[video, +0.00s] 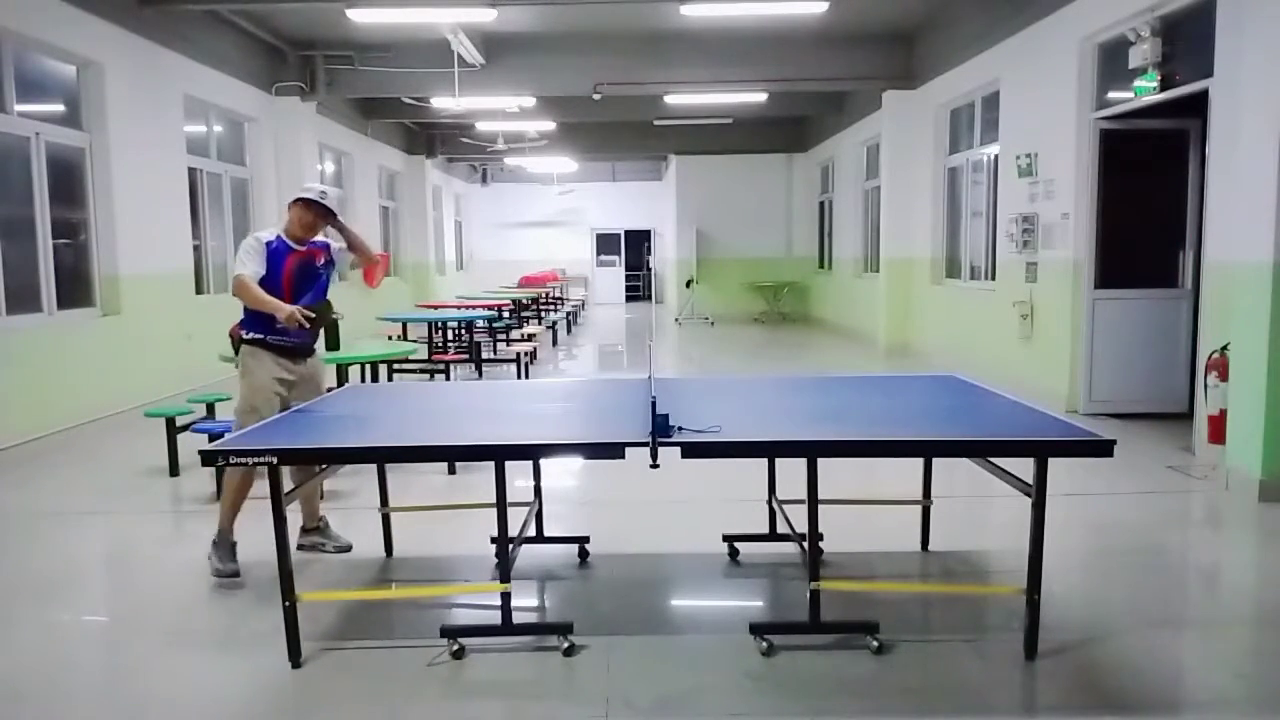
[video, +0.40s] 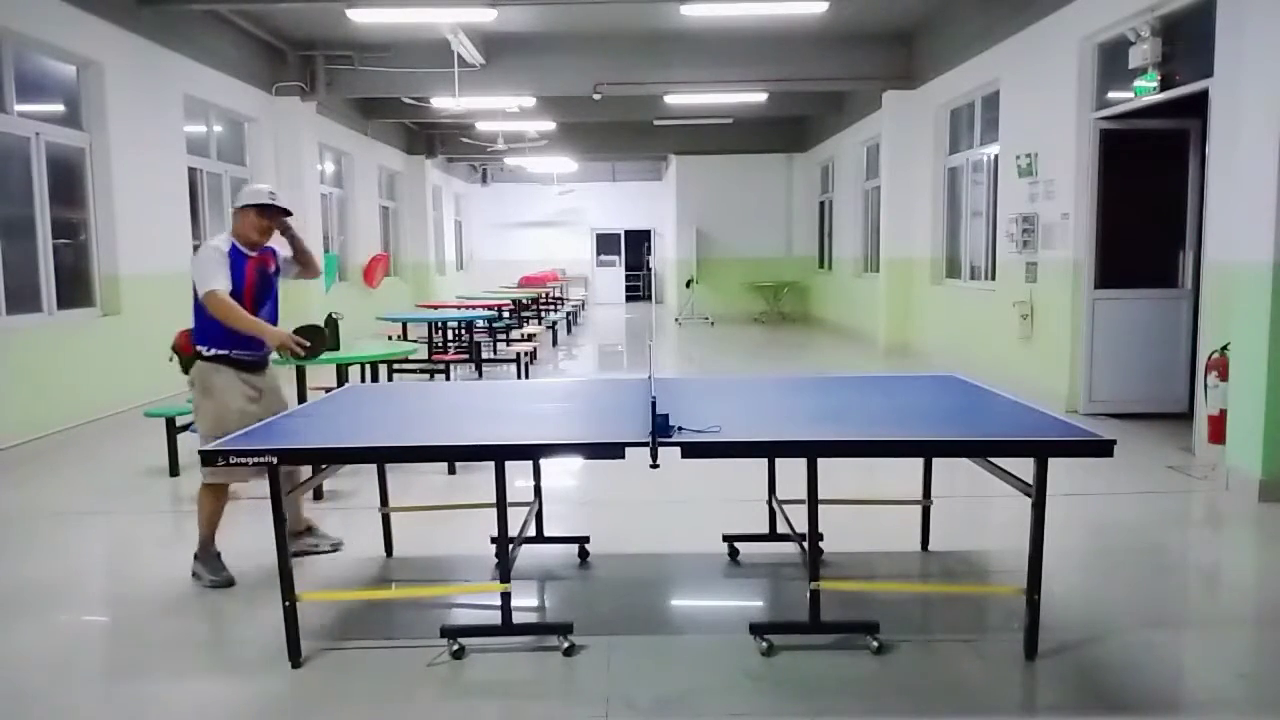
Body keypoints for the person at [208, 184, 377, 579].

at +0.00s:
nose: (315, 222)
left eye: (321, 217)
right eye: (310, 211)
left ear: (324, 223)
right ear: (293, 208)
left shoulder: (325, 251)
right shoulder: (259, 242)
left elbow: (368, 260)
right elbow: (242, 286)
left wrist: (341, 226)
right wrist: (281, 309)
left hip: (307, 358)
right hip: (262, 356)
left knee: (309, 443)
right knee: (248, 446)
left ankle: (313, 526)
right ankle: (224, 538)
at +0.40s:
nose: (271, 228)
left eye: (275, 223)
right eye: (265, 220)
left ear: (273, 225)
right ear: (241, 215)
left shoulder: (271, 254)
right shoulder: (213, 253)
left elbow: (311, 270)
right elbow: (218, 305)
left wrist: (290, 235)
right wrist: (270, 333)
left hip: (260, 374)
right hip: (219, 374)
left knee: (288, 452)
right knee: (221, 466)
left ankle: (296, 530)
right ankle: (205, 553)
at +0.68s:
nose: (244, 212)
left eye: (245, 205)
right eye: (235, 205)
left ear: (238, 209)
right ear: (207, 210)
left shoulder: (244, 249)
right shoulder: (190, 252)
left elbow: (265, 291)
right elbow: (207, 310)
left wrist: (301, 295)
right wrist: (259, 341)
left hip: (251, 367)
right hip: (210, 370)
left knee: (263, 455)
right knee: (211, 464)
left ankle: (274, 535)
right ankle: (204, 553)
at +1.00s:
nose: (250, 214)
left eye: (251, 207)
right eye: (241, 207)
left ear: (244, 210)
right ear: (214, 211)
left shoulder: (250, 249)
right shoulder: (193, 250)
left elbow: (252, 308)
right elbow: (207, 309)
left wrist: (272, 341)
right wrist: (263, 338)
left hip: (259, 367)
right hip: (215, 371)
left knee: (290, 438)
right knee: (212, 462)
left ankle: (293, 518)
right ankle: (205, 551)